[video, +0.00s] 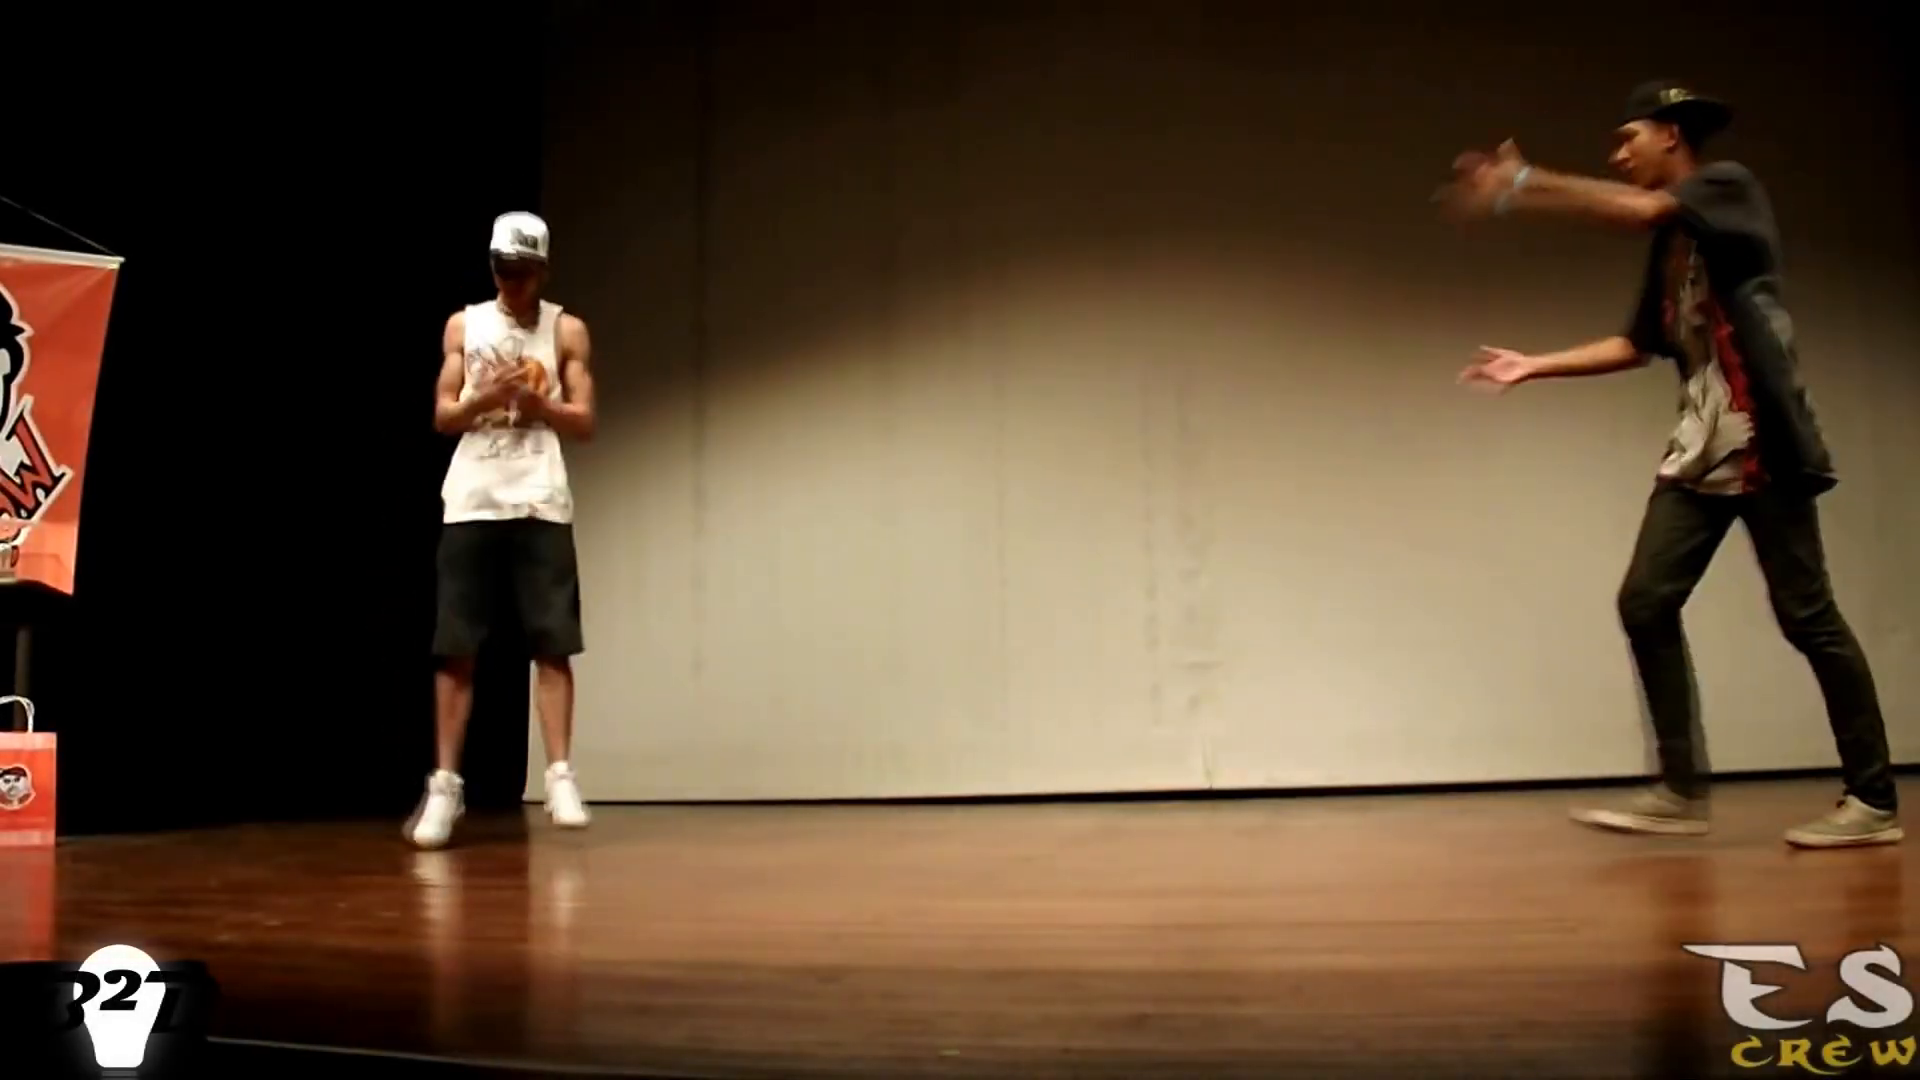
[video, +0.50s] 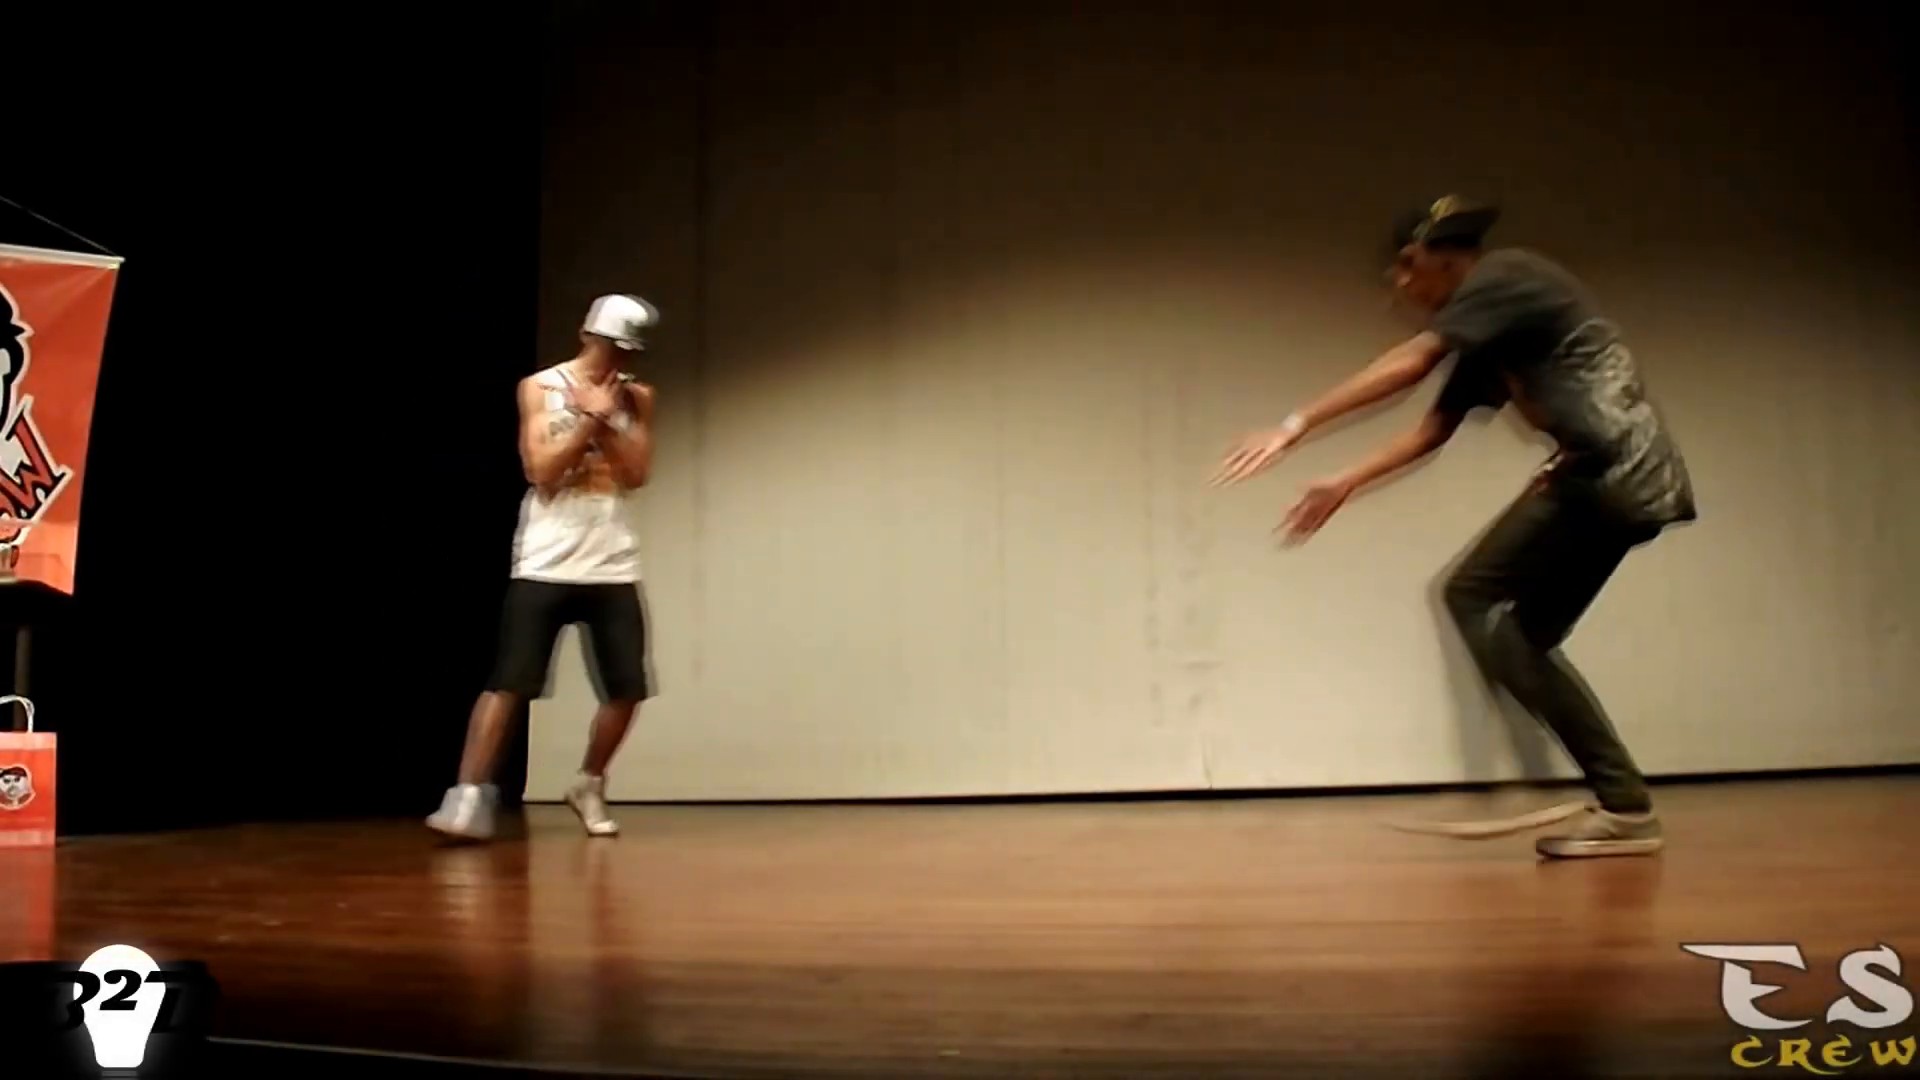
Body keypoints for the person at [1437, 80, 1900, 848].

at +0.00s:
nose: (1619, 150)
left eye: (1630, 135)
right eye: (1619, 139)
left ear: (1674, 135)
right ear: (1662, 144)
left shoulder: (1731, 188)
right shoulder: (1666, 228)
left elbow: (1641, 208)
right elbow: (1640, 343)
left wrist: (1521, 184)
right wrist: (1533, 363)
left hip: (1769, 438)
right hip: (1701, 444)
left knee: (1809, 615)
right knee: (1647, 604)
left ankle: (1875, 801)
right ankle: (1682, 796)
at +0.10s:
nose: (1588, 158)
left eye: (1600, 143)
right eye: (1589, 146)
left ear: (1644, 143)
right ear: (1632, 152)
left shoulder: (1700, 193)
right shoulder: (1644, 238)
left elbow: (1603, 238)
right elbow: (1608, 343)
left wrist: (1473, 250)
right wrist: (1510, 368)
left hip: (1747, 447)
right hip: (1681, 454)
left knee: (1792, 619)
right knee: (1632, 610)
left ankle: (1872, 798)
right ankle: (1641, 805)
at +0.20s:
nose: (1545, 165)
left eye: (1558, 150)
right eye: (1546, 153)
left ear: (1602, 153)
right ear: (1589, 161)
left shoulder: (1661, 208)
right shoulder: (1614, 247)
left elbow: (1565, 276)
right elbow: (1573, 353)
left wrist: (1442, 301)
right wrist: (1479, 380)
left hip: (1717, 467)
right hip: (1650, 473)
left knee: (1757, 623)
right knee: (1609, 619)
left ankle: (1864, 788)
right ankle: (1637, 811)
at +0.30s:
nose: (1497, 187)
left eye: (1509, 171)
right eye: (1498, 173)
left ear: (1551, 171)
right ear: (1545, 177)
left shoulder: (1614, 219)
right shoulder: (1574, 264)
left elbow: (1528, 296)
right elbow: (1535, 369)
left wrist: (1402, 331)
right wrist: (1434, 397)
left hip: (1673, 468)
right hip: (1617, 474)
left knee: (1661, 622)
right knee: (1580, 627)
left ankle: (1819, 749)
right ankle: (1633, 810)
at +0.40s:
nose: (1452, 233)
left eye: (1458, 213)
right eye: (1449, 219)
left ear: (1499, 200)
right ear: (1492, 208)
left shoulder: (1562, 237)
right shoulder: (1538, 275)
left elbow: (1469, 317)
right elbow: (1485, 388)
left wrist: (1347, 365)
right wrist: (1387, 429)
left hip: (1637, 463)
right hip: (1614, 465)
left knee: (1556, 618)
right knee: (1548, 618)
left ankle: (1711, 737)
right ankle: (1628, 808)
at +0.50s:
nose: (1402, 288)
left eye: (1406, 271)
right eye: (1399, 275)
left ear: (1437, 257)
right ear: (1445, 261)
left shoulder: (1503, 278)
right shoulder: (1491, 327)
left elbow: (1411, 363)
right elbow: (1429, 434)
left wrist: (1294, 426)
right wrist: (1342, 488)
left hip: (1602, 473)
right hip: (1626, 479)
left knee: (1471, 592)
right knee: (1522, 637)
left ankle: (1607, 792)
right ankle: (1626, 807)